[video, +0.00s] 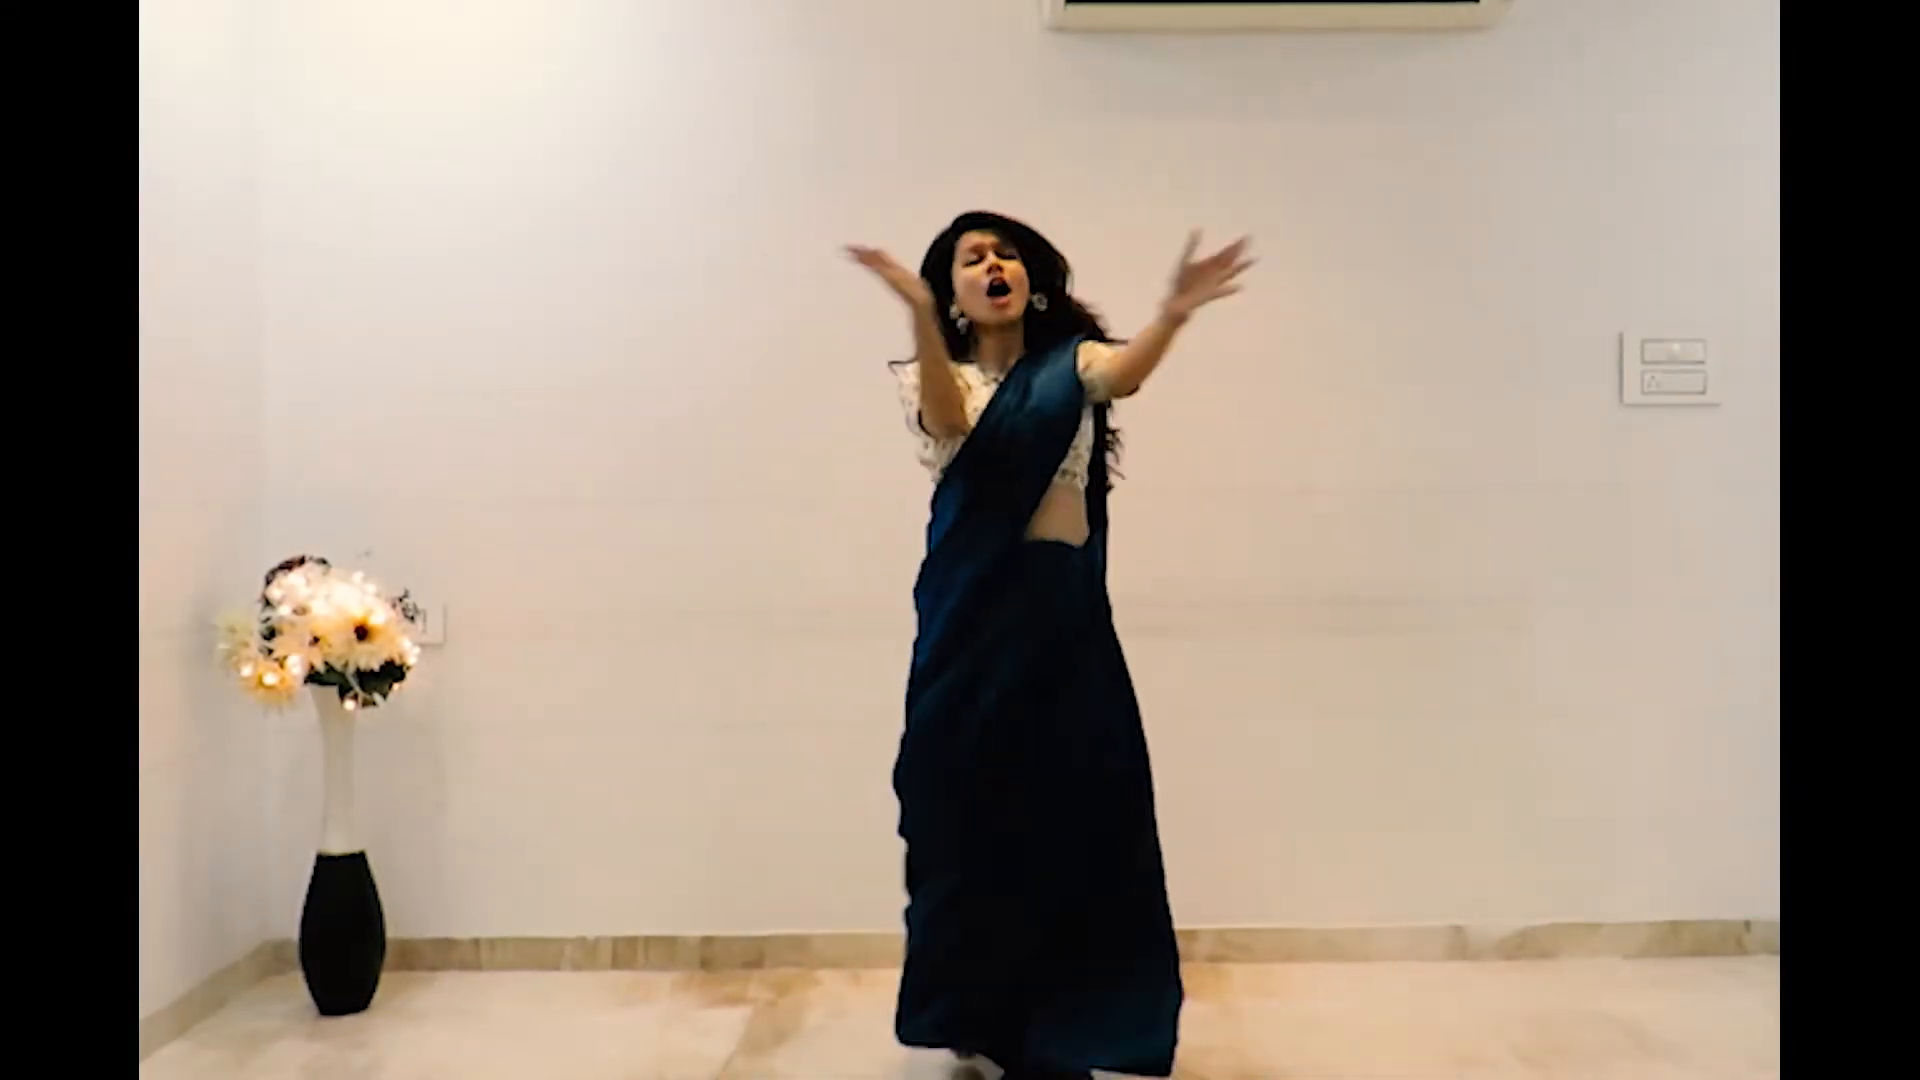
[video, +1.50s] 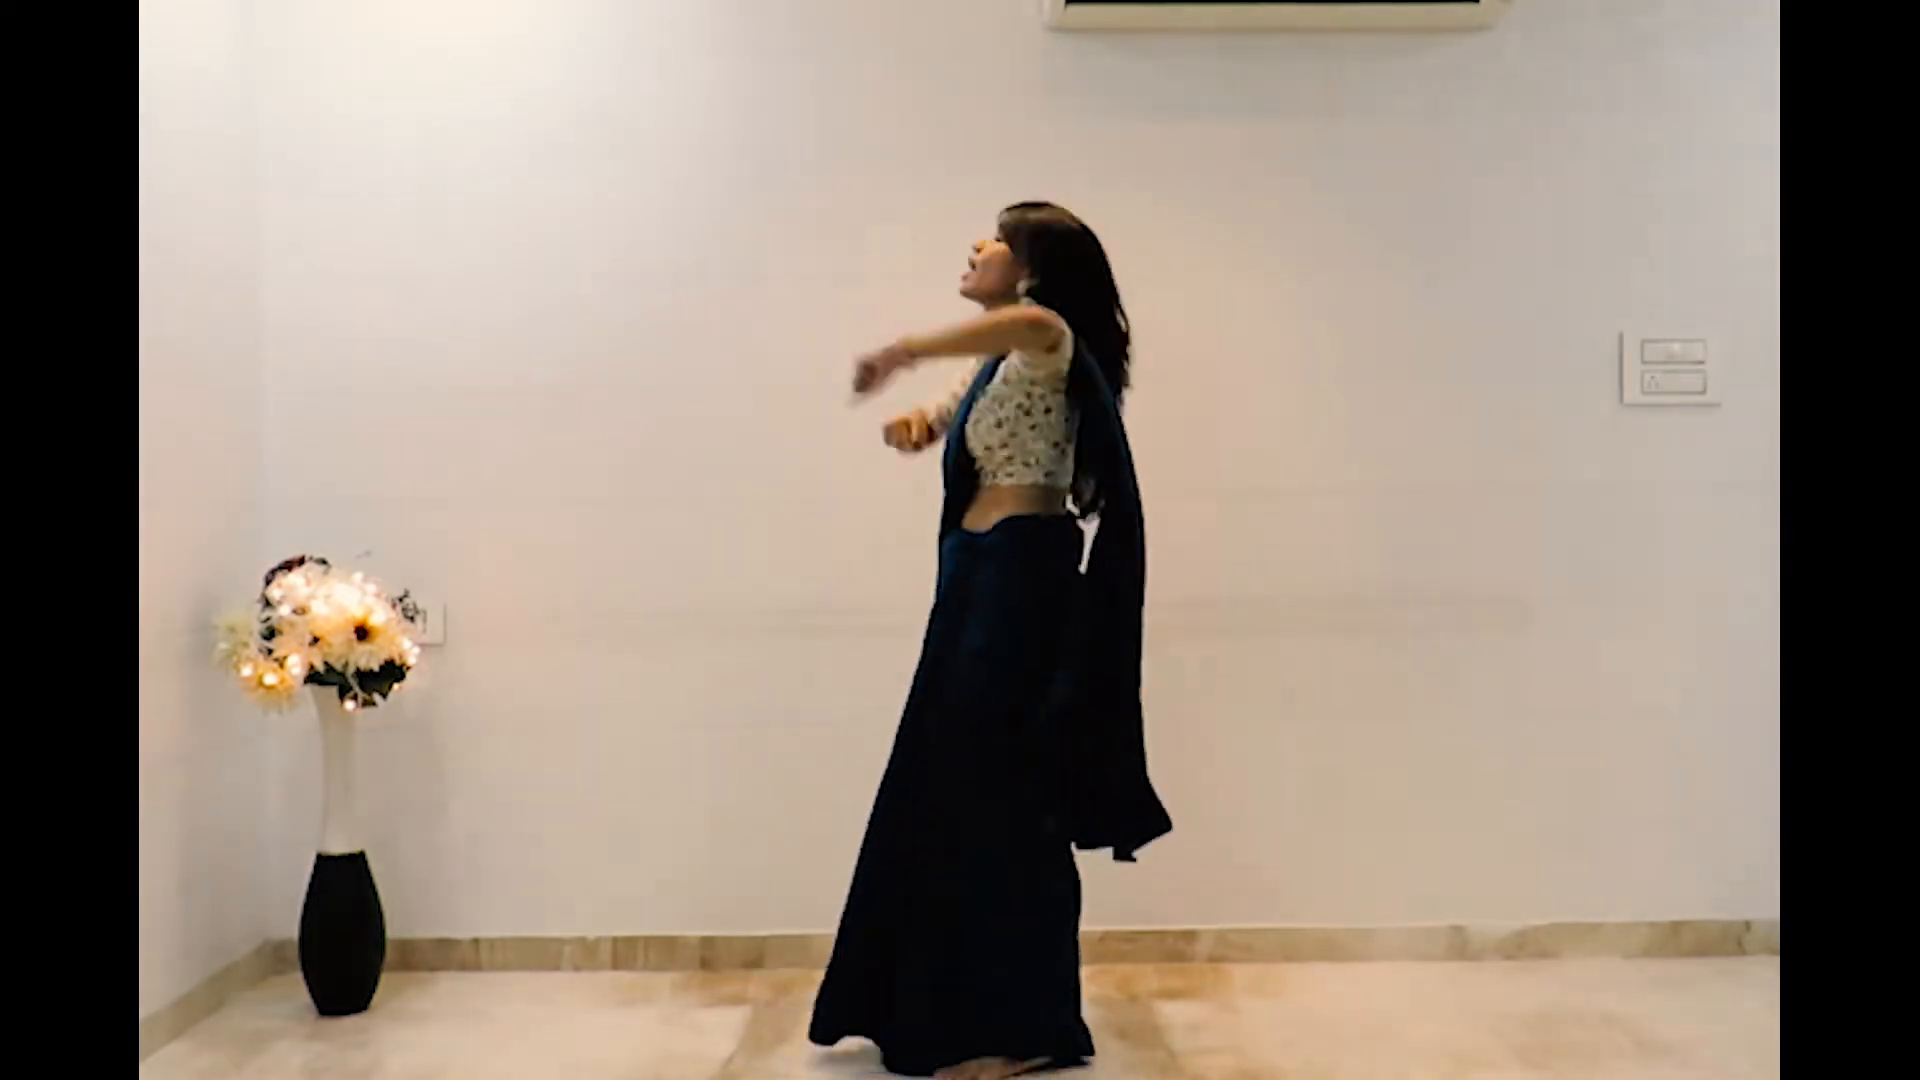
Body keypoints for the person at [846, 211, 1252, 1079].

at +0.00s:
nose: (992, 266)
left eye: (1006, 253)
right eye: (972, 258)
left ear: (1036, 282)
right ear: (949, 293)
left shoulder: (1072, 360)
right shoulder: (937, 379)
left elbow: (1125, 369)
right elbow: (945, 413)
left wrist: (1174, 310)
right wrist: (922, 309)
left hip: (1066, 620)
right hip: (965, 623)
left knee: (1078, 822)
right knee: (960, 822)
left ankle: (1074, 1043)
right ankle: (956, 1040)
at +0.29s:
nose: (979, 261)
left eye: (998, 249)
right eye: (966, 253)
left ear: (1035, 278)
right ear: (953, 287)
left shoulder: (1061, 346)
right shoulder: (945, 366)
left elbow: (1090, 364)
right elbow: (831, 377)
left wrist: (1127, 347)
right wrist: (900, 271)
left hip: (1063, 597)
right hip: (970, 603)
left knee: (1047, 811)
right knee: (979, 817)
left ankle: (1071, 1036)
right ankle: (1010, 1013)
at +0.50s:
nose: (985, 253)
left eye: (1005, 247)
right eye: (980, 245)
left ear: (1043, 275)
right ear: (967, 273)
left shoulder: (1055, 353)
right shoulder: (964, 343)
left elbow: (1113, 370)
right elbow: (898, 261)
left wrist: (1169, 342)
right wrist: (864, 155)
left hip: (1028, 596)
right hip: (965, 597)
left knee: (999, 811)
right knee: (960, 810)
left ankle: (1046, 1024)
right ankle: (995, 1022)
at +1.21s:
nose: (996, 244)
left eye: (1015, 237)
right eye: (991, 232)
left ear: (1043, 267)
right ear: (978, 259)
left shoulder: (1050, 347)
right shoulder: (977, 347)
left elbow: (1069, 301)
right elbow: (877, 335)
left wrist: (1054, 275)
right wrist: (914, 298)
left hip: (1030, 568)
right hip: (977, 569)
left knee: (1008, 784)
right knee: (969, 781)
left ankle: (1013, 1009)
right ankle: (971, 1002)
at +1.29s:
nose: (1010, 244)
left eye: (1029, 236)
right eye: (1000, 233)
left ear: (1061, 266)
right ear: (985, 260)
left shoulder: (1059, 345)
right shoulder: (976, 359)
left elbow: (1081, 355)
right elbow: (885, 388)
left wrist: (1062, 303)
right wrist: (912, 366)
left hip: (1024, 568)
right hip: (966, 572)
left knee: (1009, 782)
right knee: (968, 780)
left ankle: (1025, 1002)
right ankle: (979, 997)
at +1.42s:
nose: (993, 256)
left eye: (1015, 247)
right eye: (992, 244)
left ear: (1054, 276)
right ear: (989, 269)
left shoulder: (1062, 344)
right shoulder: (985, 373)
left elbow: (1082, 370)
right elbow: (960, 456)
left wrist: (989, 388)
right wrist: (917, 468)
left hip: (1028, 598)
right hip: (973, 601)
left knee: (1002, 805)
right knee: (983, 807)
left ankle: (1018, 1031)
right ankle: (998, 1026)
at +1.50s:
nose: (972, 256)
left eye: (988, 247)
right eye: (979, 243)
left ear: (1029, 270)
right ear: (1018, 269)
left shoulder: (1047, 333)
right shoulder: (1005, 356)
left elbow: (1008, 330)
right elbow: (963, 405)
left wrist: (902, 351)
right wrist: (925, 424)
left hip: (1023, 581)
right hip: (989, 582)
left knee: (987, 795)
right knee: (982, 796)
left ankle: (1009, 1026)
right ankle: (999, 1019)